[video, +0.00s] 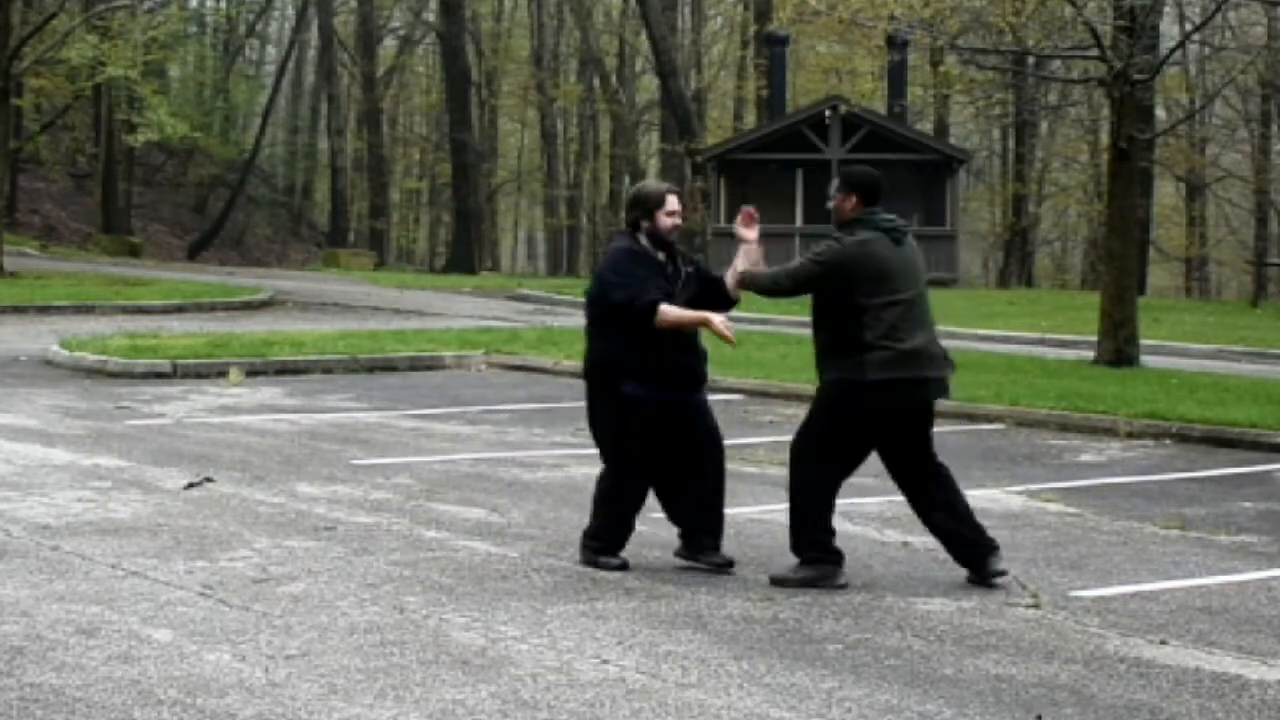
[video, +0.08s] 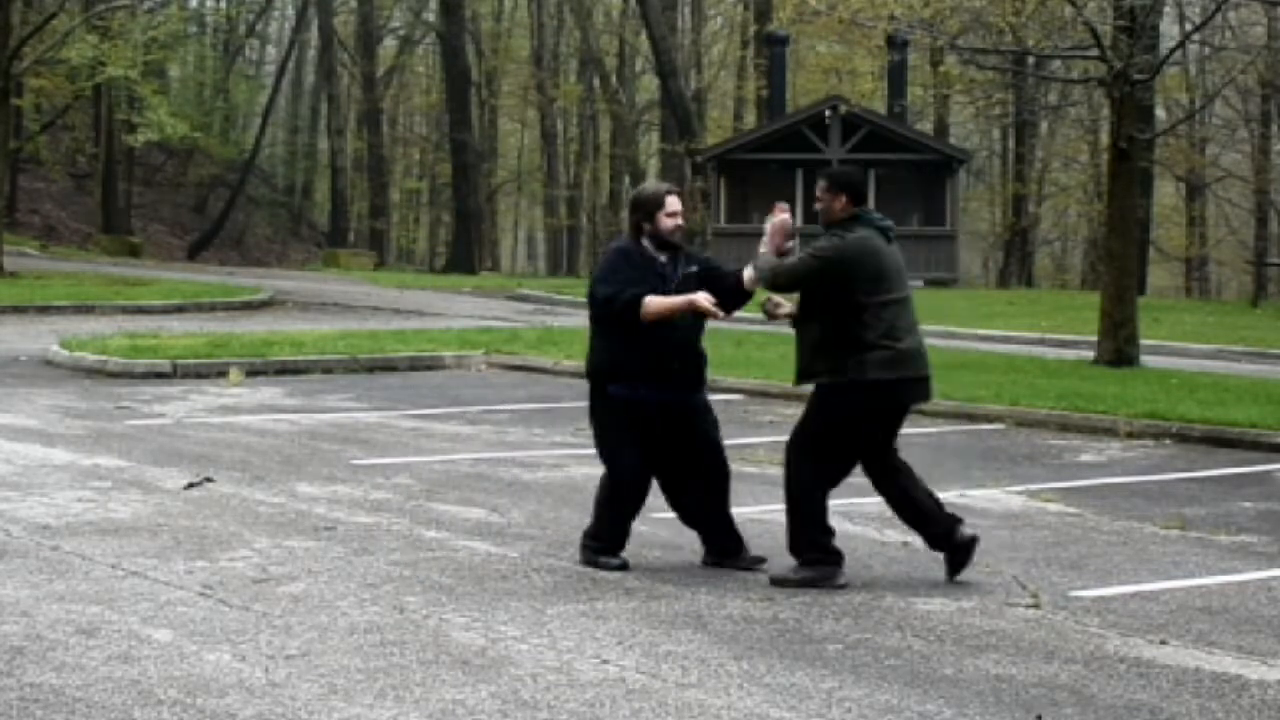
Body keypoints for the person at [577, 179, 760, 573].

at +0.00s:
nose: (678, 221)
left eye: (680, 214)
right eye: (670, 215)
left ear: (678, 217)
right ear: (645, 218)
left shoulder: (676, 262)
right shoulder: (621, 260)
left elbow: (723, 296)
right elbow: (650, 312)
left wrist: (748, 245)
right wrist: (705, 318)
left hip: (676, 387)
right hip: (623, 388)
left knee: (704, 456)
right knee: (629, 467)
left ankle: (700, 544)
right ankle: (599, 546)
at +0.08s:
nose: (680, 222)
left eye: (681, 214)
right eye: (671, 215)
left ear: (681, 217)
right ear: (646, 220)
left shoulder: (686, 263)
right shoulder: (620, 261)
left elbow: (729, 294)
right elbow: (617, 309)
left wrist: (769, 255)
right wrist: (686, 303)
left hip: (679, 391)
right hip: (623, 391)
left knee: (706, 470)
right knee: (628, 473)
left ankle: (723, 548)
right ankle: (599, 547)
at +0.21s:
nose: (685, 223)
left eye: (688, 215)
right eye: (676, 216)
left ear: (693, 219)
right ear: (653, 222)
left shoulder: (704, 263)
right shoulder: (629, 257)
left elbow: (735, 298)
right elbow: (620, 304)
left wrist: (769, 258)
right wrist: (673, 280)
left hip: (689, 387)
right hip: (632, 388)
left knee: (714, 471)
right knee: (627, 476)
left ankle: (727, 548)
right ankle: (601, 547)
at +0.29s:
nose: (689, 225)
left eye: (693, 217)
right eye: (680, 218)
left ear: (700, 221)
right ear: (659, 223)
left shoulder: (705, 266)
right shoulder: (632, 256)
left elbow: (723, 312)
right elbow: (623, 300)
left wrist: (745, 273)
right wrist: (670, 271)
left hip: (690, 388)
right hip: (634, 389)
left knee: (715, 471)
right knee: (625, 474)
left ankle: (726, 548)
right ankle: (601, 547)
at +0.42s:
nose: (691, 228)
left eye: (696, 221)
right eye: (683, 221)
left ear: (703, 226)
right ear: (664, 225)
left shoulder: (707, 272)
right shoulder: (637, 256)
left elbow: (723, 328)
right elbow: (618, 300)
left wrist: (738, 277)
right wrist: (667, 268)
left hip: (686, 391)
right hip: (630, 389)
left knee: (716, 470)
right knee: (619, 471)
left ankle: (726, 549)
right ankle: (600, 547)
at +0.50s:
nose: (694, 230)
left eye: (699, 223)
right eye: (686, 223)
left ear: (706, 228)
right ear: (666, 227)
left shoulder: (711, 273)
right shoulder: (639, 258)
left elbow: (732, 331)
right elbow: (621, 306)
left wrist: (740, 277)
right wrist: (670, 271)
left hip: (686, 391)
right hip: (630, 389)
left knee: (710, 470)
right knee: (616, 470)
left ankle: (725, 549)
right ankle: (600, 547)